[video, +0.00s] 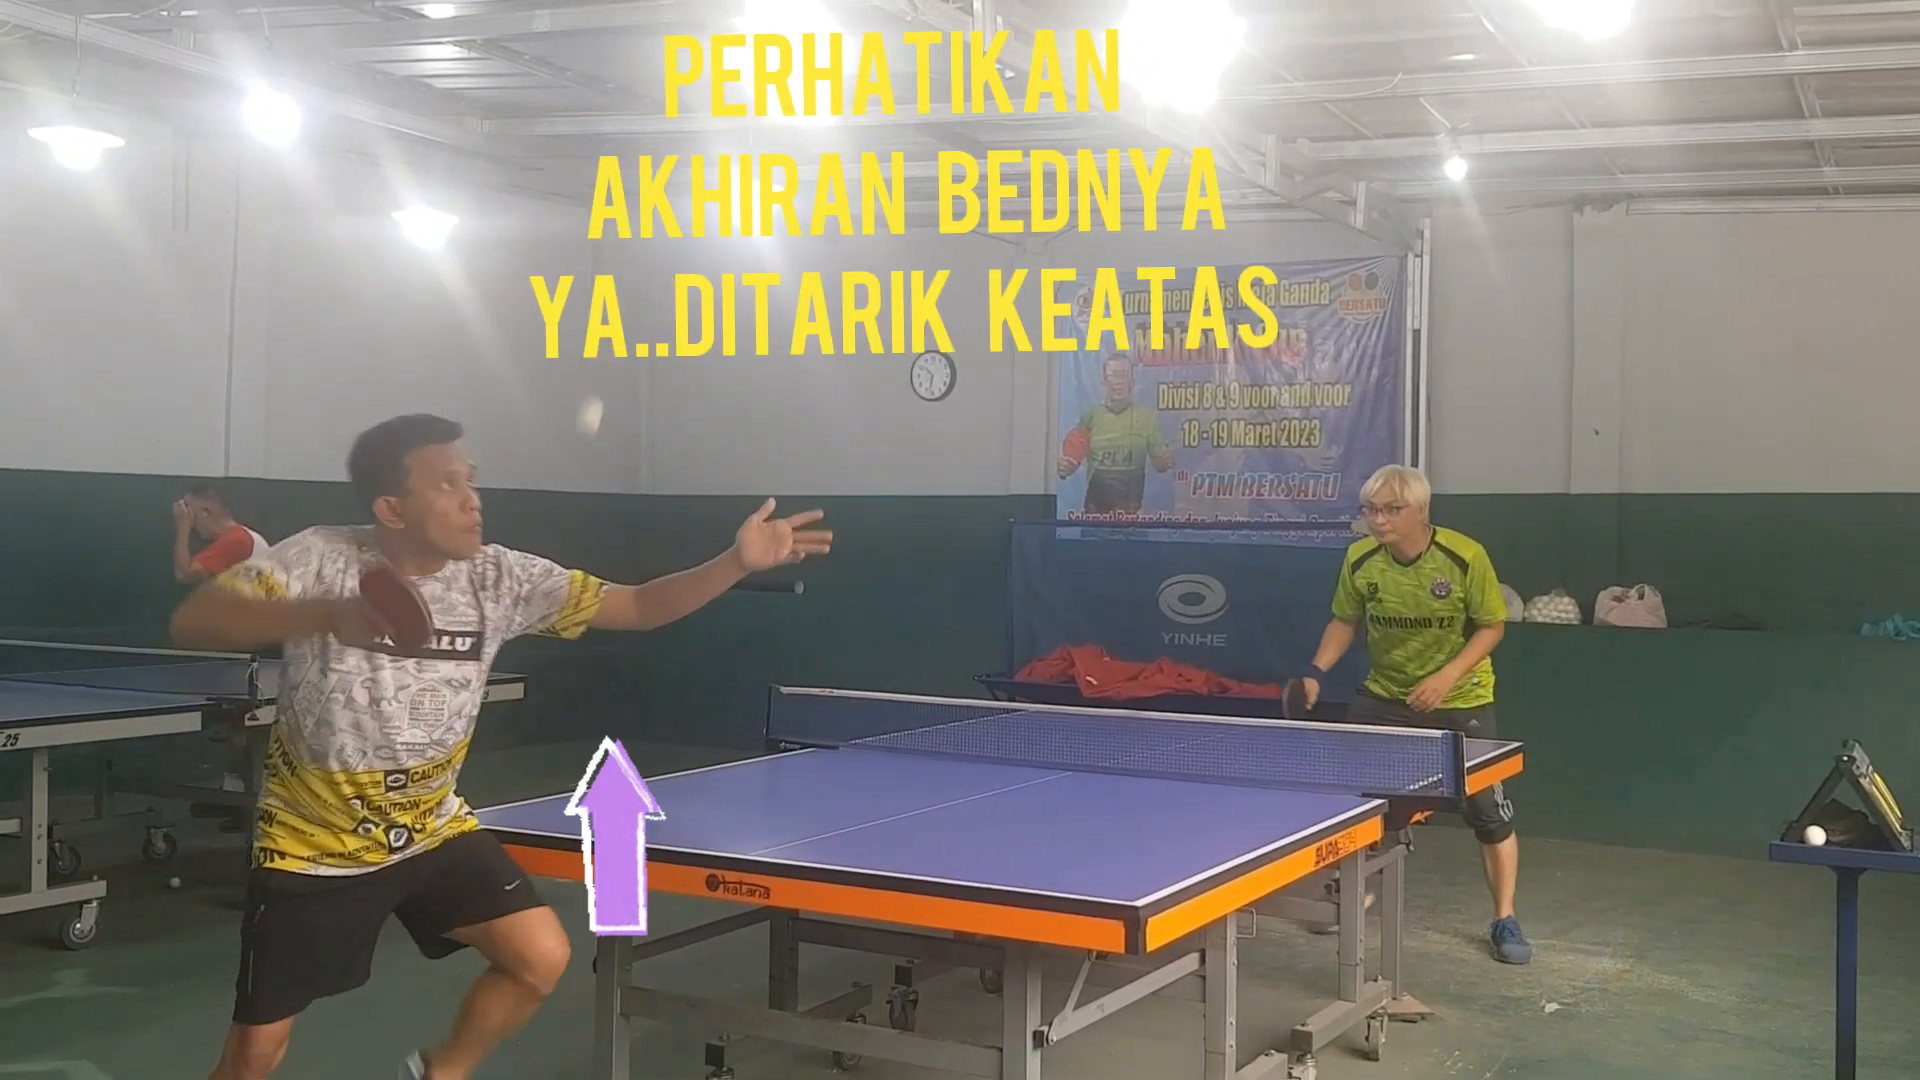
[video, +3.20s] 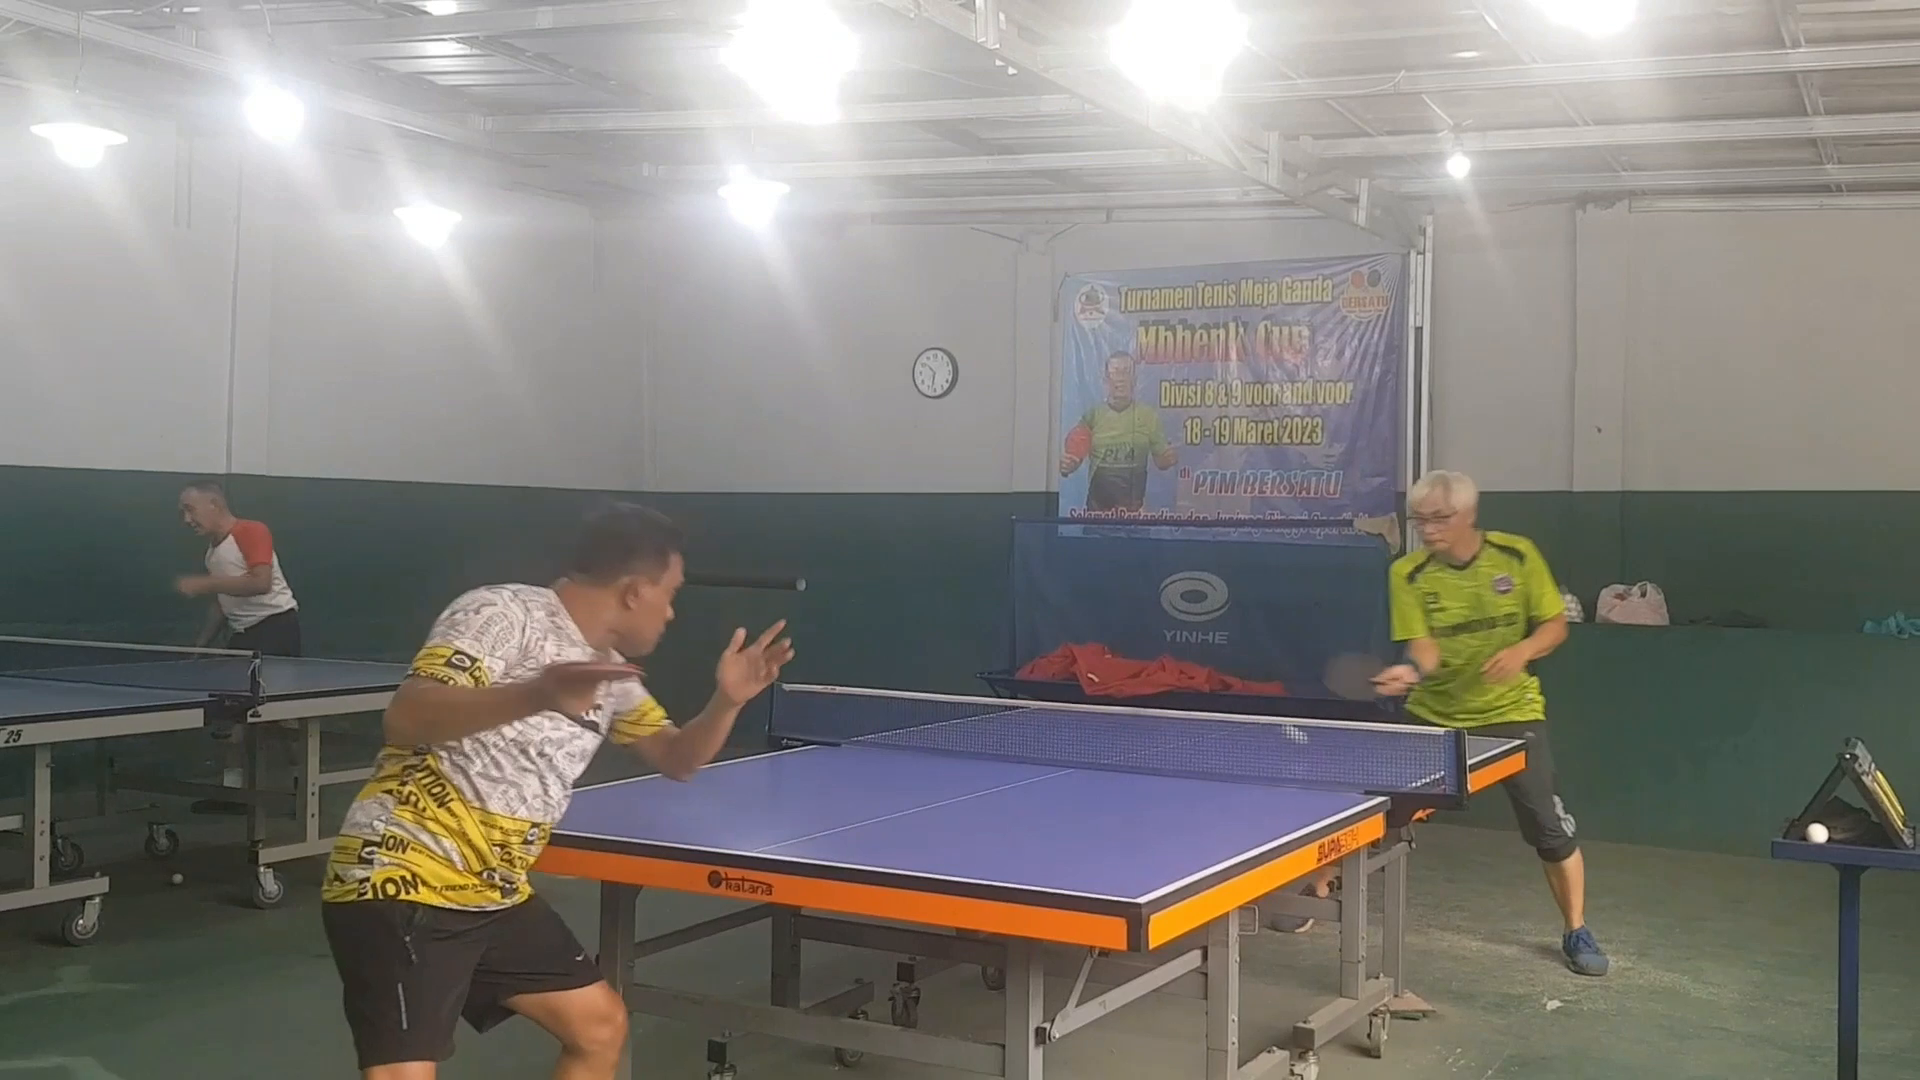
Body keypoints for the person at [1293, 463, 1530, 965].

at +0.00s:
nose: (1376, 518)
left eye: (1387, 509)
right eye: (1371, 509)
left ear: (1418, 511)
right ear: (1367, 514)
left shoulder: (1466, 558)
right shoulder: (1359, 561)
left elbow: (1492, 627)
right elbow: (1344, 621)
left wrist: (1446, 677)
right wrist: (1315, 674)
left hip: (1462, 700)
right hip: (1385, 695)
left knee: (1488, 804)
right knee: (1336, 775)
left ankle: (1506, 919)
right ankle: (1347, 891)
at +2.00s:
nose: (1352, 530)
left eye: (1362, 521)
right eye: (1346, 521)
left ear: (1392, 521)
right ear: (1343, 526)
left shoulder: (1440, 564)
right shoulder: (1340, 575)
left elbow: (1481, 633)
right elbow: (1330, 646)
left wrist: (1449, 675)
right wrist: (1298, 673)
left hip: (1451, 710)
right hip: (1375, 712)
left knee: (1501, 806)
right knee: (1319, 783)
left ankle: (1556, 918)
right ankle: (1313, 895)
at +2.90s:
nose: (1404, 529)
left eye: (1415, 518)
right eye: (1396, 520)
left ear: (1446, 518)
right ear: (1389, 523)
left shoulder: (1494, 560)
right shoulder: (1386, 574)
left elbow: (1532, 633)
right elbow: (1390, 648)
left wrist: (1493, 659)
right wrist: (1368, 670)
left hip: (1492, 718)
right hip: (1411, 717)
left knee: (1535, 822)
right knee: (1349, 794)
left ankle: (1575, 929)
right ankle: (1315, 893)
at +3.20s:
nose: (1428, 529)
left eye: (1439, 519)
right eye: (1421, 519)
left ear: (1468, 516)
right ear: (1414, 520)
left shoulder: (1518, 555)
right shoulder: (1407, 573)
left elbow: (1556, 626)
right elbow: (1424, 648)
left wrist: (1521, 652)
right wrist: (1411, 668)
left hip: (1511, 710)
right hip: (1433, 711)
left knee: (1546, 821)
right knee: (1366, 796)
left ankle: (1577, 931)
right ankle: (1318, 889)